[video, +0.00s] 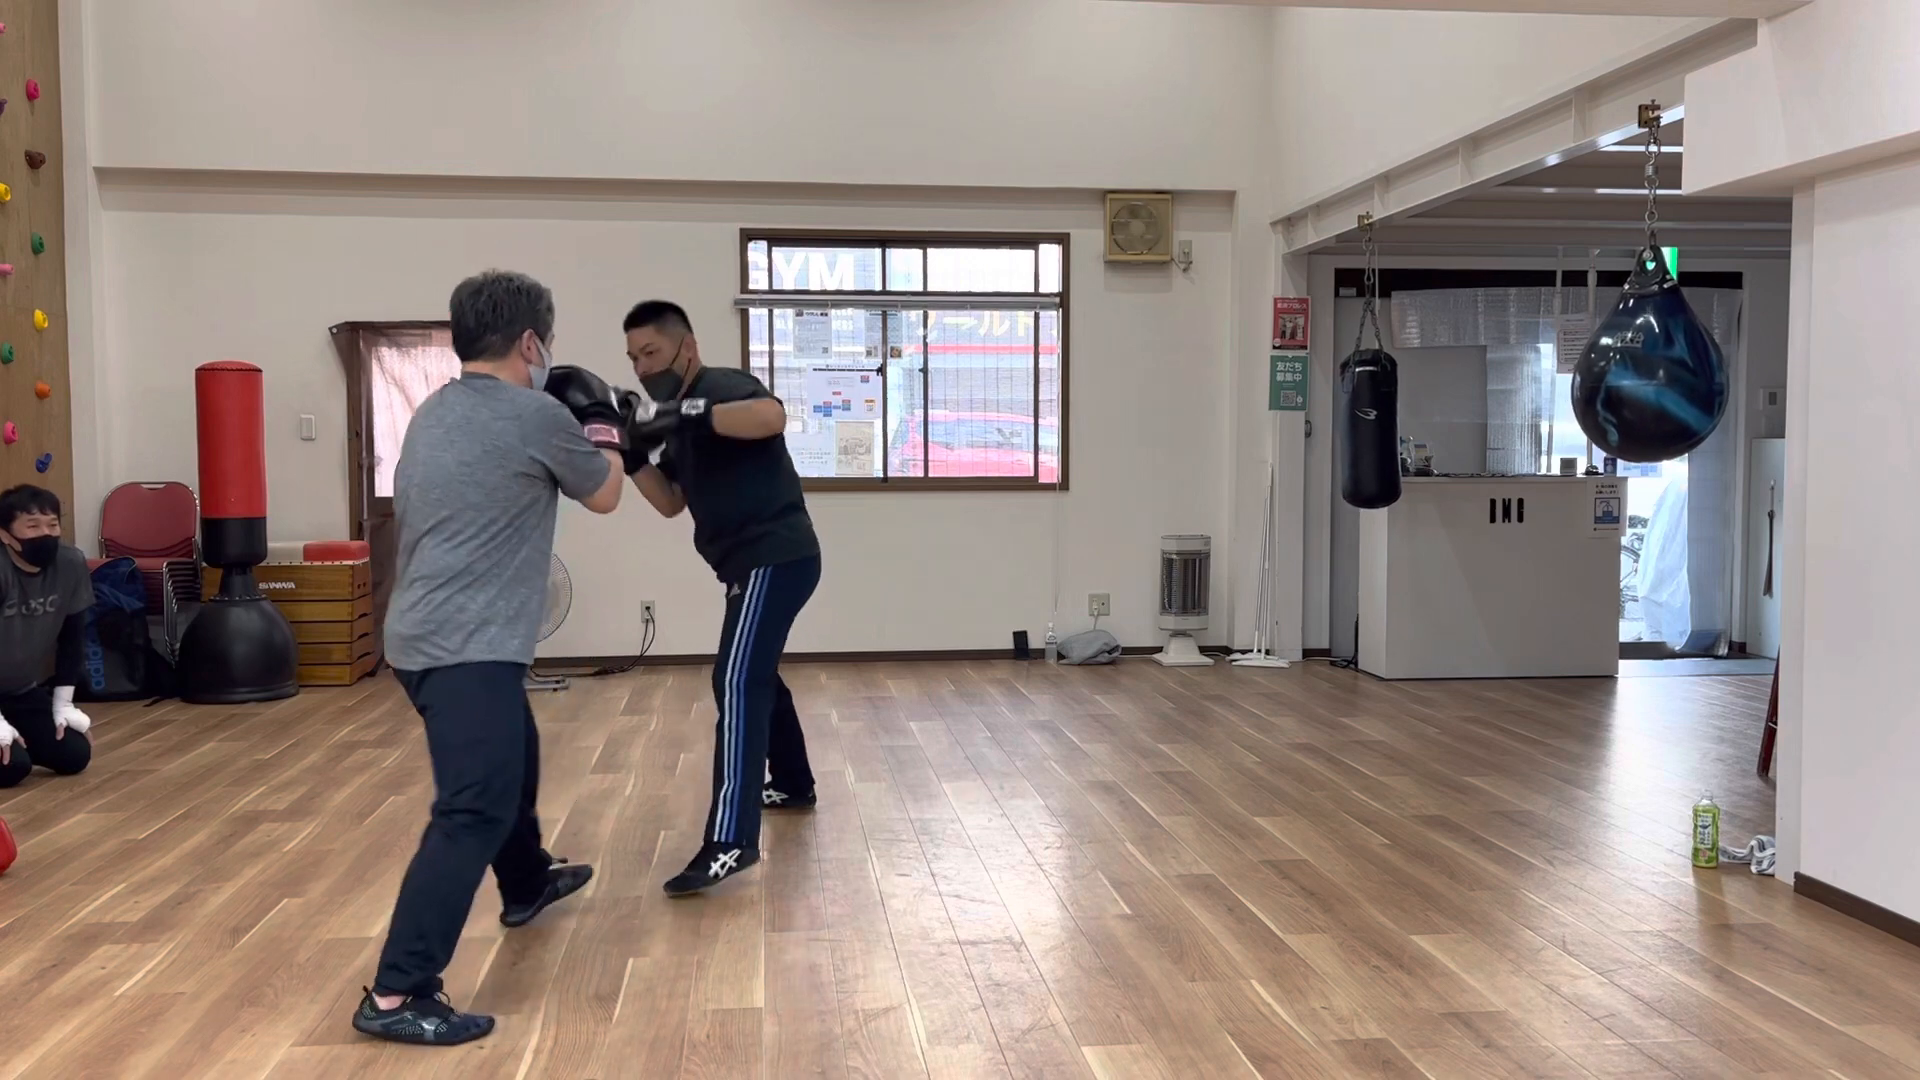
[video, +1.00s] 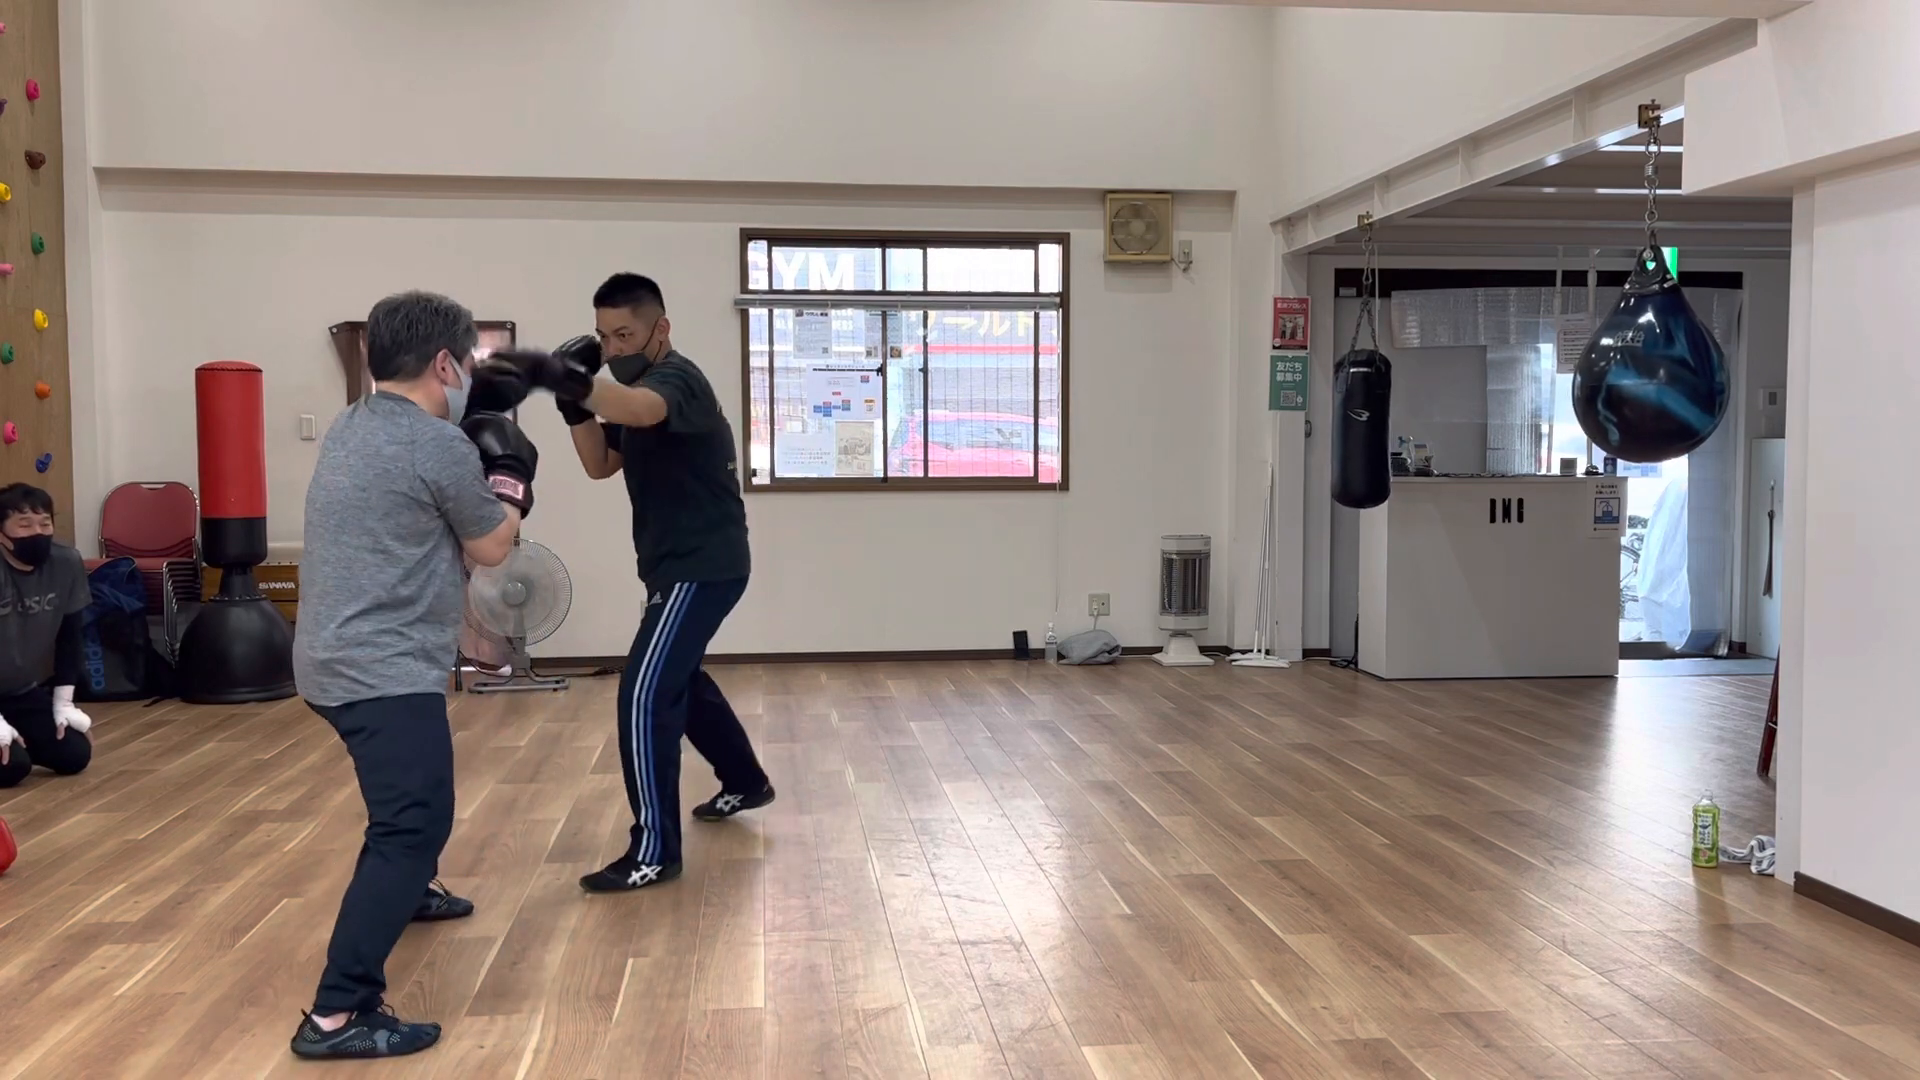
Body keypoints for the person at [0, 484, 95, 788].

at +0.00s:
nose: (46, 534)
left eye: (53, 524)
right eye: (33, 526)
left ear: (60, 526)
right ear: (7, 537)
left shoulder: (70, 563)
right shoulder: (2, 571)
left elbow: (72, 637)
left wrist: (63, 702)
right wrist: (0, 720)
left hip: (28, 691)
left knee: (74, 756)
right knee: (13, 767)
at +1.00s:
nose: (38, 533)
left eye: (45, 524)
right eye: (25, 525)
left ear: (53, 526)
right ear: (2, 532)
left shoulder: (66, 563)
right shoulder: (3, 571)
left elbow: (70, 637)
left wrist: (63, 701)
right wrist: (1, 722)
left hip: (30, 692)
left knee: (74, 756)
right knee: (13, 767)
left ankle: (14, 734)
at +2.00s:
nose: (22, 512)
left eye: (29, 503)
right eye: (10, 504)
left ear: (38, 510)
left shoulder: (48, 561)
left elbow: (67, 630)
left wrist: (65, 690)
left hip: (25, 693)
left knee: (75, 755)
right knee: (11, 767)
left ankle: (10, 730)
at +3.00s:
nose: (5, 510)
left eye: (9, 502)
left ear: (16, 507)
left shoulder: (29, 551)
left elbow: (58, 613)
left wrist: (42, 678)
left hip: (13, 689)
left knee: (74, 756)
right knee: (2, 767)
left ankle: (2, 742)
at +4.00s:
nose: (12, 522)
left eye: (19, 513)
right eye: (2, 514)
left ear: (29, 516)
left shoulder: (35, 555)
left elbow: (67, 612)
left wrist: (55, 681)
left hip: (16, 693)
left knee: (74, 756)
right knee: (2, 767)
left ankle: (2, 742)